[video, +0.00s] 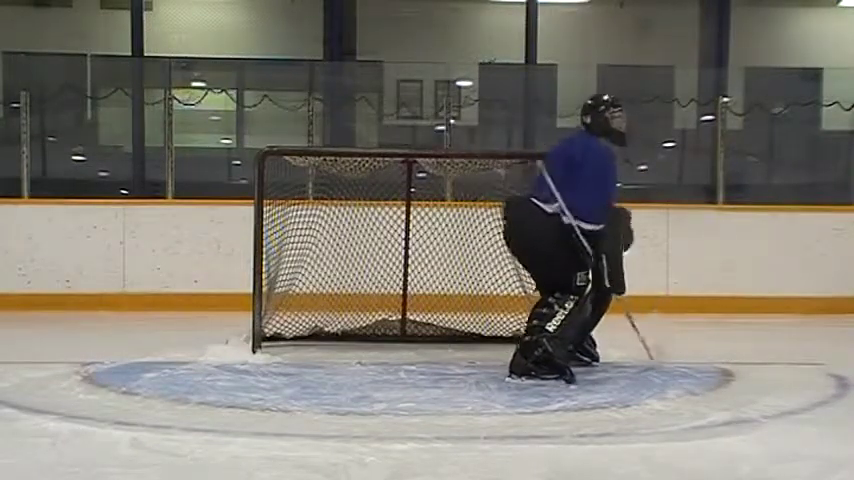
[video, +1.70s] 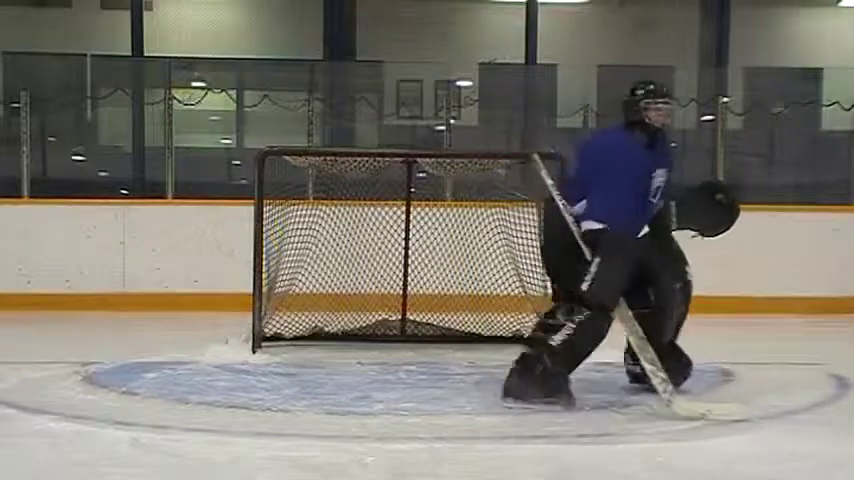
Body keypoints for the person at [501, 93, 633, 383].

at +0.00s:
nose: (622, 121)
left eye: (621, 115)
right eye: (616, 116)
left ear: (593, 120)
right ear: (599, 119)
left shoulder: (574, 143)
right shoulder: (598, 152)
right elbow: (591, 215)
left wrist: (613, 219)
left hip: (524, 218)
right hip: (544, 226)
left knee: (558, 288)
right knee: (585, 287)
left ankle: (535, 348)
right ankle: (539, 353)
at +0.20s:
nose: (621, 119)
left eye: (620, 112)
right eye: (615, 113)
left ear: (591, 118)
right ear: (600, 117)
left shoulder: (574, 143)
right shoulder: (600, 153)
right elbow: (586, 215)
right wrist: (590, 253)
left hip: (526, 216)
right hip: (543, 222)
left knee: (554, 289)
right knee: (570, 289)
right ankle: (529, 353)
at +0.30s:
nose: (621, 118)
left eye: (620, 111)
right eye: (615, 113)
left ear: (589, 117)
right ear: (600, 116)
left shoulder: (575, 142)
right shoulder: (601, 152)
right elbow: (581, 216)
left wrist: (620, 184)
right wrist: (589, 265)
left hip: (525, 213)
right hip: (544, 220)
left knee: (551, 288)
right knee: (569, 290)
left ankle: (527, 347)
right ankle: (526, 353)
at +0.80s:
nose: (630, 121)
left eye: (630, 114)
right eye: (624, 115)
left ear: (599, 117)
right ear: (607, 117)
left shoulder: (579, 140)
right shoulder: (605, 150)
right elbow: (584, 207)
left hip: (531, 215)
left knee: (550, 288)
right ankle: (513, 353)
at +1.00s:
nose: (623, 129)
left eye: (626, 122)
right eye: (616, 121)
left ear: (630, 125)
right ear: (600, 121)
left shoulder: (622, 164)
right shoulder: (575, 149)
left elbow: (607, 220)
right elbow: (549, 207)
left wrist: (640, 226)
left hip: (583, 234)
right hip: (541, 227)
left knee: (603, 284)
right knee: (575, 289)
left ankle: (575, 346)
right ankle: (530, 354)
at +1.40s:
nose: (636, 118)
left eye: (639, 112)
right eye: (629, 112)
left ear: (641, 114)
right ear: (612, 114)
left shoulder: (630, 150)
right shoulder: (592, 147)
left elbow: (625, 204)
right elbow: (574, 210)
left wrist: (656, 203)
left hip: (596, 234)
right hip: (567, 233)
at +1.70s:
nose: (662, 116)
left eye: (665, 110)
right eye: (656, 110)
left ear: (667, 112)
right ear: (638, 111)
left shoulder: (661, 148)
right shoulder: (609, 144)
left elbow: (653, 200)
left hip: (643, 236)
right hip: (610, 236)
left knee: (671, 289)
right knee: (593, 311)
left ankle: (648, 363)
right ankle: (539, 372)